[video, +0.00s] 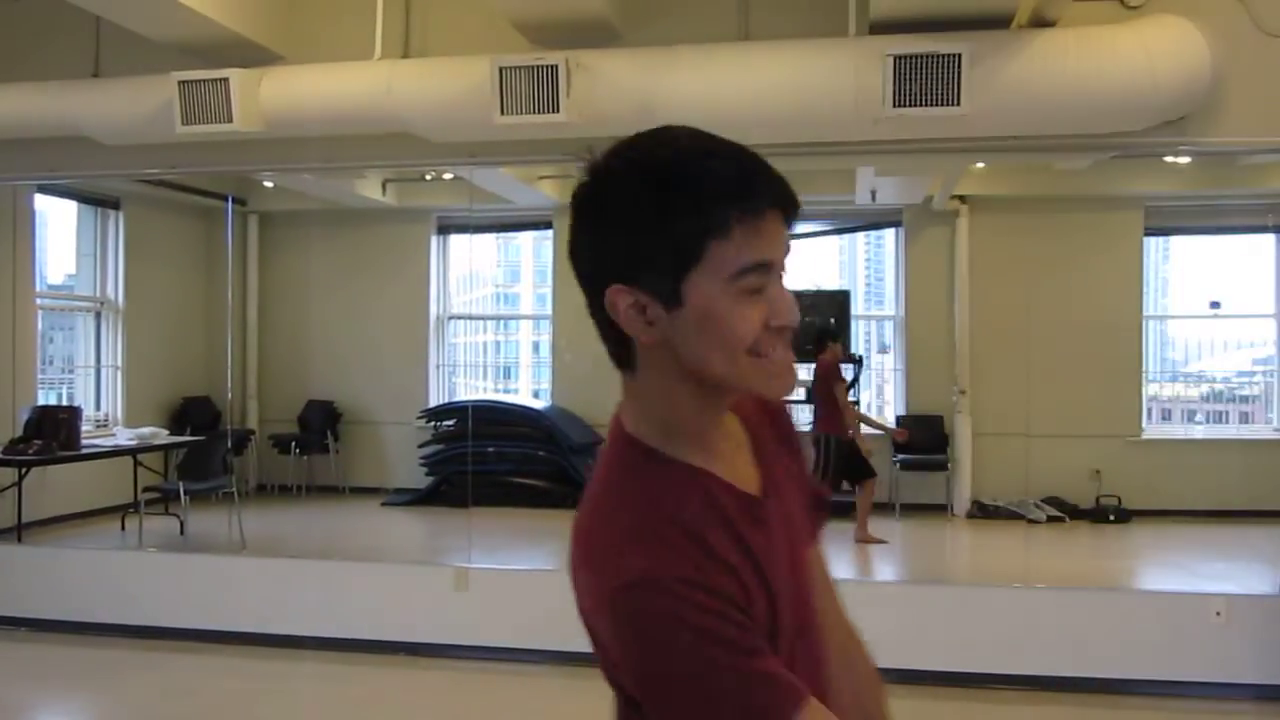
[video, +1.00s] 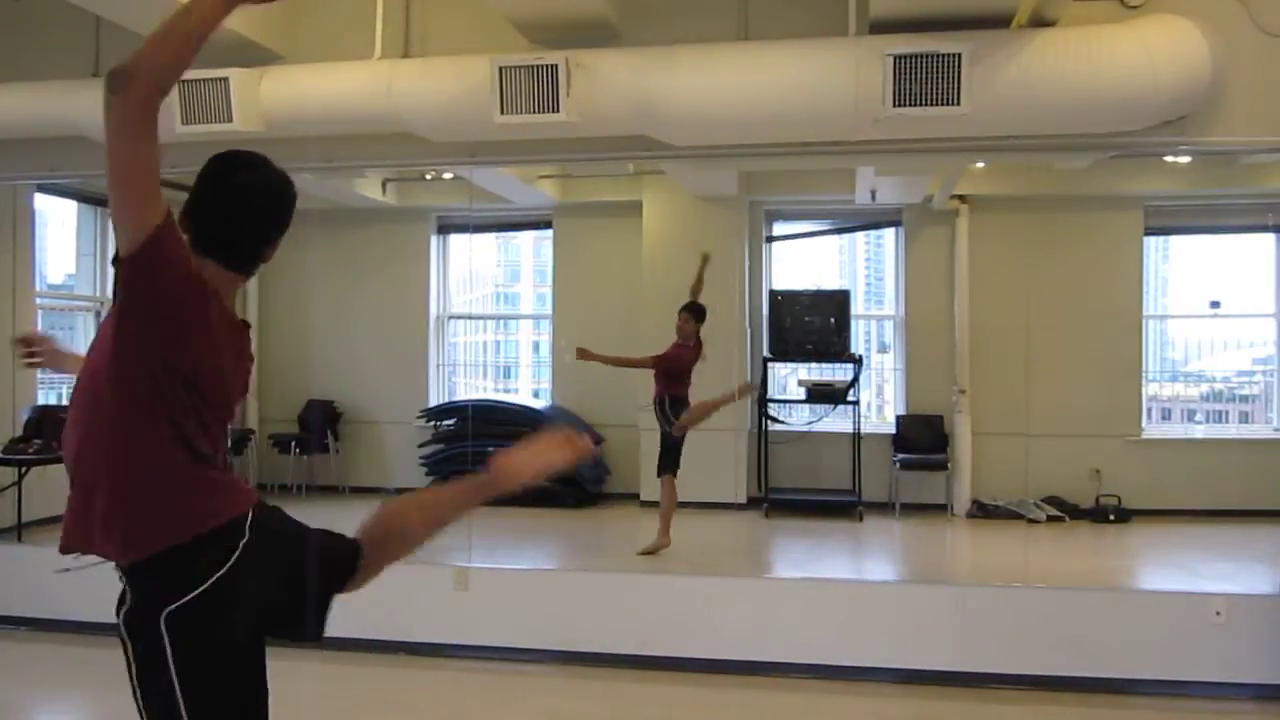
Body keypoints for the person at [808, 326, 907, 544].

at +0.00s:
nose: (843, 349)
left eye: (842, 344)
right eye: (840, 344)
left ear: (825, 348)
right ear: (829, 346)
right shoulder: (830, 368)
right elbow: (844, 407)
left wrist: (889, 430)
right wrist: (857, 439)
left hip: (832, 435)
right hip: (831, 436)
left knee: (867, 478)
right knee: (823, 488)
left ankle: (862, 531)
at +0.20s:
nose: (798, 320)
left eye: (802, 316)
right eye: (793, 315)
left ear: (807, 320)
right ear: (785, 319)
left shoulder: (808, 351)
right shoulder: (778, 345)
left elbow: (820, 388)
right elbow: (794, 381)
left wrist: (847, 415)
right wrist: (819, 401)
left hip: (799, 418)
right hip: (774, 417)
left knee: (806, 472)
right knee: (764, 472)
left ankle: (806, 525)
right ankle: (761, 527)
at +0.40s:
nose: (753, 324)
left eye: (758, 319)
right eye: (750, 320)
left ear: (768, 321)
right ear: (746, 323)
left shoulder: (784, 351)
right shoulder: (743, 348)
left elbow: (802, 386)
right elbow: (725, 365)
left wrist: (819, 420)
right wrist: (709, 359)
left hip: (760, 416)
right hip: (737, 411)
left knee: (744, 473)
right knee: (716, 461)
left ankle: (736, 527)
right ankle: (692, 512)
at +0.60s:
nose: (723, 335)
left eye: (728, 330)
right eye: (720, 330)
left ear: (739, 332)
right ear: (716, 333)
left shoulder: (750, 363)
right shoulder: (713, 364)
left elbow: (771, 384)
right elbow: (691, 390)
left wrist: (792, 402)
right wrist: (666, 411)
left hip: (729, 433)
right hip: (703, 429)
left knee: (727, 489)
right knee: (672, 475)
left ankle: (730, 534)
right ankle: (645, 521)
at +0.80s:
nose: (696, 328)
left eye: (702, 324)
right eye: (695, 323)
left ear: (713, 328)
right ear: (691, 325)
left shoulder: (703, 351)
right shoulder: (701, 352)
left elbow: (690, 358)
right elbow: (721, 354)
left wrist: (676, 358)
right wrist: (737, 345)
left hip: (688, 412)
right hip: (670, 414)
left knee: (720, 463)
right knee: (664, 479)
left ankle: (760, 505)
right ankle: (664, 537)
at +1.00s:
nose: (679, 324)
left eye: (685, 322)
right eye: (679, 319)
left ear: (695, 326)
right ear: (682, 321)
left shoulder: (674, 356)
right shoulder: (693, 342)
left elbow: (634, 363)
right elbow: (691, 303)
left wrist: (596, 357)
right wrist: (701, 270)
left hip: (667, 399)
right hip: (679, 401)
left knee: (678, 424)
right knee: (667, 472)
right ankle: (663, 536)